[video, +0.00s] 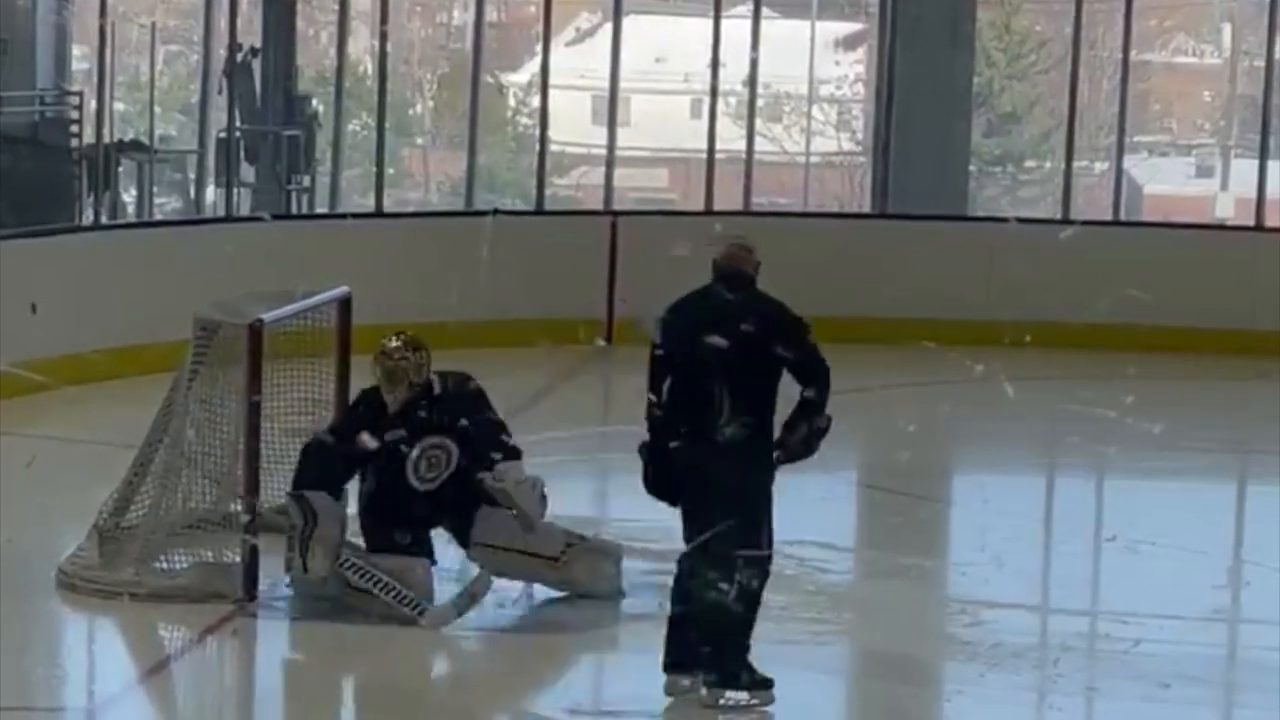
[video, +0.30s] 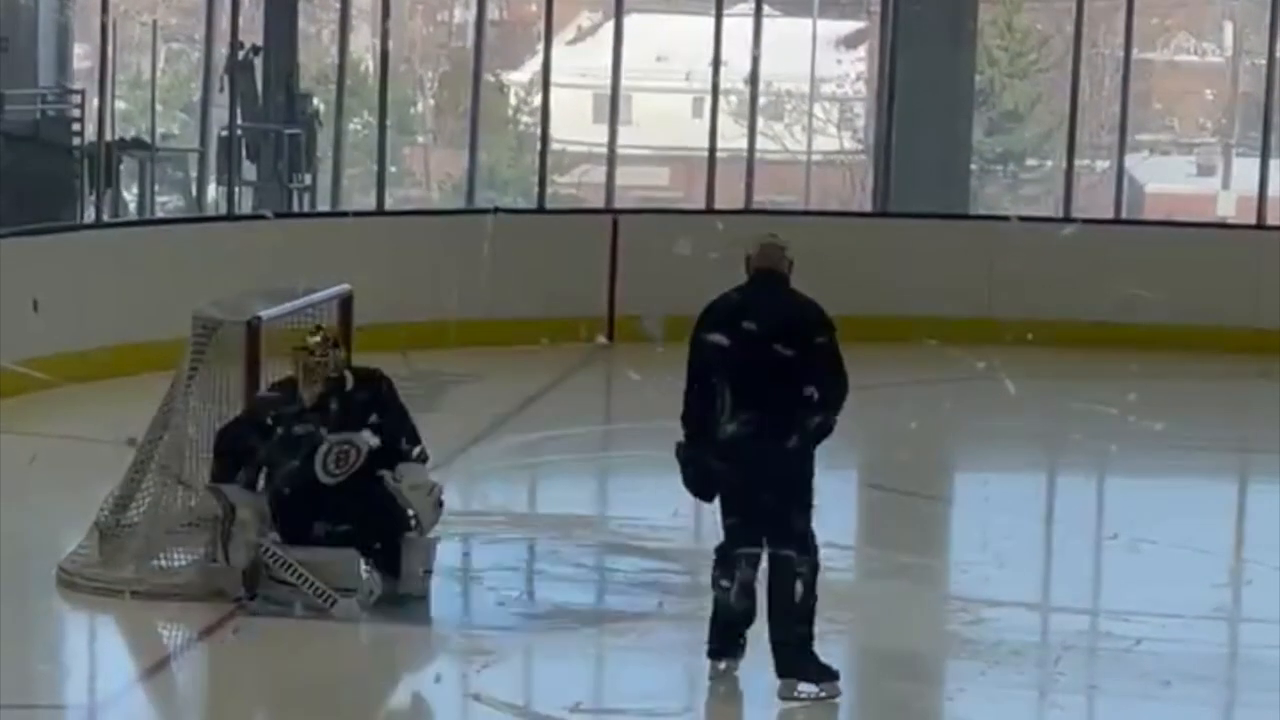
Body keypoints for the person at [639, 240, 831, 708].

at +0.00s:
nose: (748, 272)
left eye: (737, 265)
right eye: (750, 267)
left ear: (713, 271)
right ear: (755, 273)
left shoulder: (679, 313)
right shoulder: (771, 315)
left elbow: (659, 389)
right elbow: (816, 376)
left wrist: (657, 451)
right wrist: (799, 431)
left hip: (689, 457)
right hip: (745, 460)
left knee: (699, 556)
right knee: (750, 559)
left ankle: (683, 663)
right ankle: (730, 665)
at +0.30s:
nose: (774, 270)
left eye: (762, 262)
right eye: (780, 264)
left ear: (747, 268)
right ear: (789, 270)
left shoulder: (717, 313)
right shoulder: (809, 314)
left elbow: (698, 391)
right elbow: (834, 385)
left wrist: (697, 455)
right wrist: (808, 434)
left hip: (734, 454)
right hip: (787, 457)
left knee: (738, 545)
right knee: (793, 552)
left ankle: (724, 647)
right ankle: (796, 665)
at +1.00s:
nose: (877, 261)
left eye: (868, 252)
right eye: (886, 254)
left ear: (852, 255)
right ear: (890, 258)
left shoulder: (821, 294)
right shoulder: (910, 301)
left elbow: (796, 364)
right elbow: (926, 365)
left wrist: (787, 422)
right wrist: (909, 415)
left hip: (832, 427)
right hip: (888, 433)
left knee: (814, 517)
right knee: (884, 526)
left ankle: (789, 609)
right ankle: (874, 618)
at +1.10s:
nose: (897, 260)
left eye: (889, 252)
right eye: (908, 254)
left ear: (875, 255)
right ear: (914, 257)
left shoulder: (849, 295)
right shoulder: (937, 300)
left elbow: (824, 361)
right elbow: (954, 366)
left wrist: (812, 416)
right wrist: (931, 410)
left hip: (857, 427)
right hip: (914, 434)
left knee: (833, 513)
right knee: (907, 523)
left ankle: (801, 604)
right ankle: (892, 615)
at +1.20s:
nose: (916, 261)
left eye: (908, 253)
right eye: (928, 254)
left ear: (899, 253)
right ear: (938, 255)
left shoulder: (876, 293)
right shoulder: (965, 300)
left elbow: (852, 363)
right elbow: (978, 366)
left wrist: (839, 420)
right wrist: (954, 416)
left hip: (880, 427)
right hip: (938, 435)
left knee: (855, 511)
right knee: (928, 523)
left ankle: (818, 602)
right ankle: (910, 616)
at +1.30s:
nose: (927, 258)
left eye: (923, 251)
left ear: (922, 251)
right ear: (960, 252)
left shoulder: (899, 292)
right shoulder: (988, 297)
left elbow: (874, 365)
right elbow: (1004, 365)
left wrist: (863, 423)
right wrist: (973, 415)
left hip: (901, 426)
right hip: (957, 432)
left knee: (882, 509)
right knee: (948, 522)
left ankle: (853, 597)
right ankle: (930, 612)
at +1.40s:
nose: (943, 255)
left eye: (943, 248)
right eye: (952, 248)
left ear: (943, 249)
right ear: (980, 251)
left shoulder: (920, 292)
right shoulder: (1009, 295)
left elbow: (896, 362)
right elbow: (1028, 358)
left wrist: (886, 420)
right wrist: (995, 405)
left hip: (923, 425)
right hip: (977, 429)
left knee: (910, 507)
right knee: (967, 515)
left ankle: (894, 601)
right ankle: (952, 609)